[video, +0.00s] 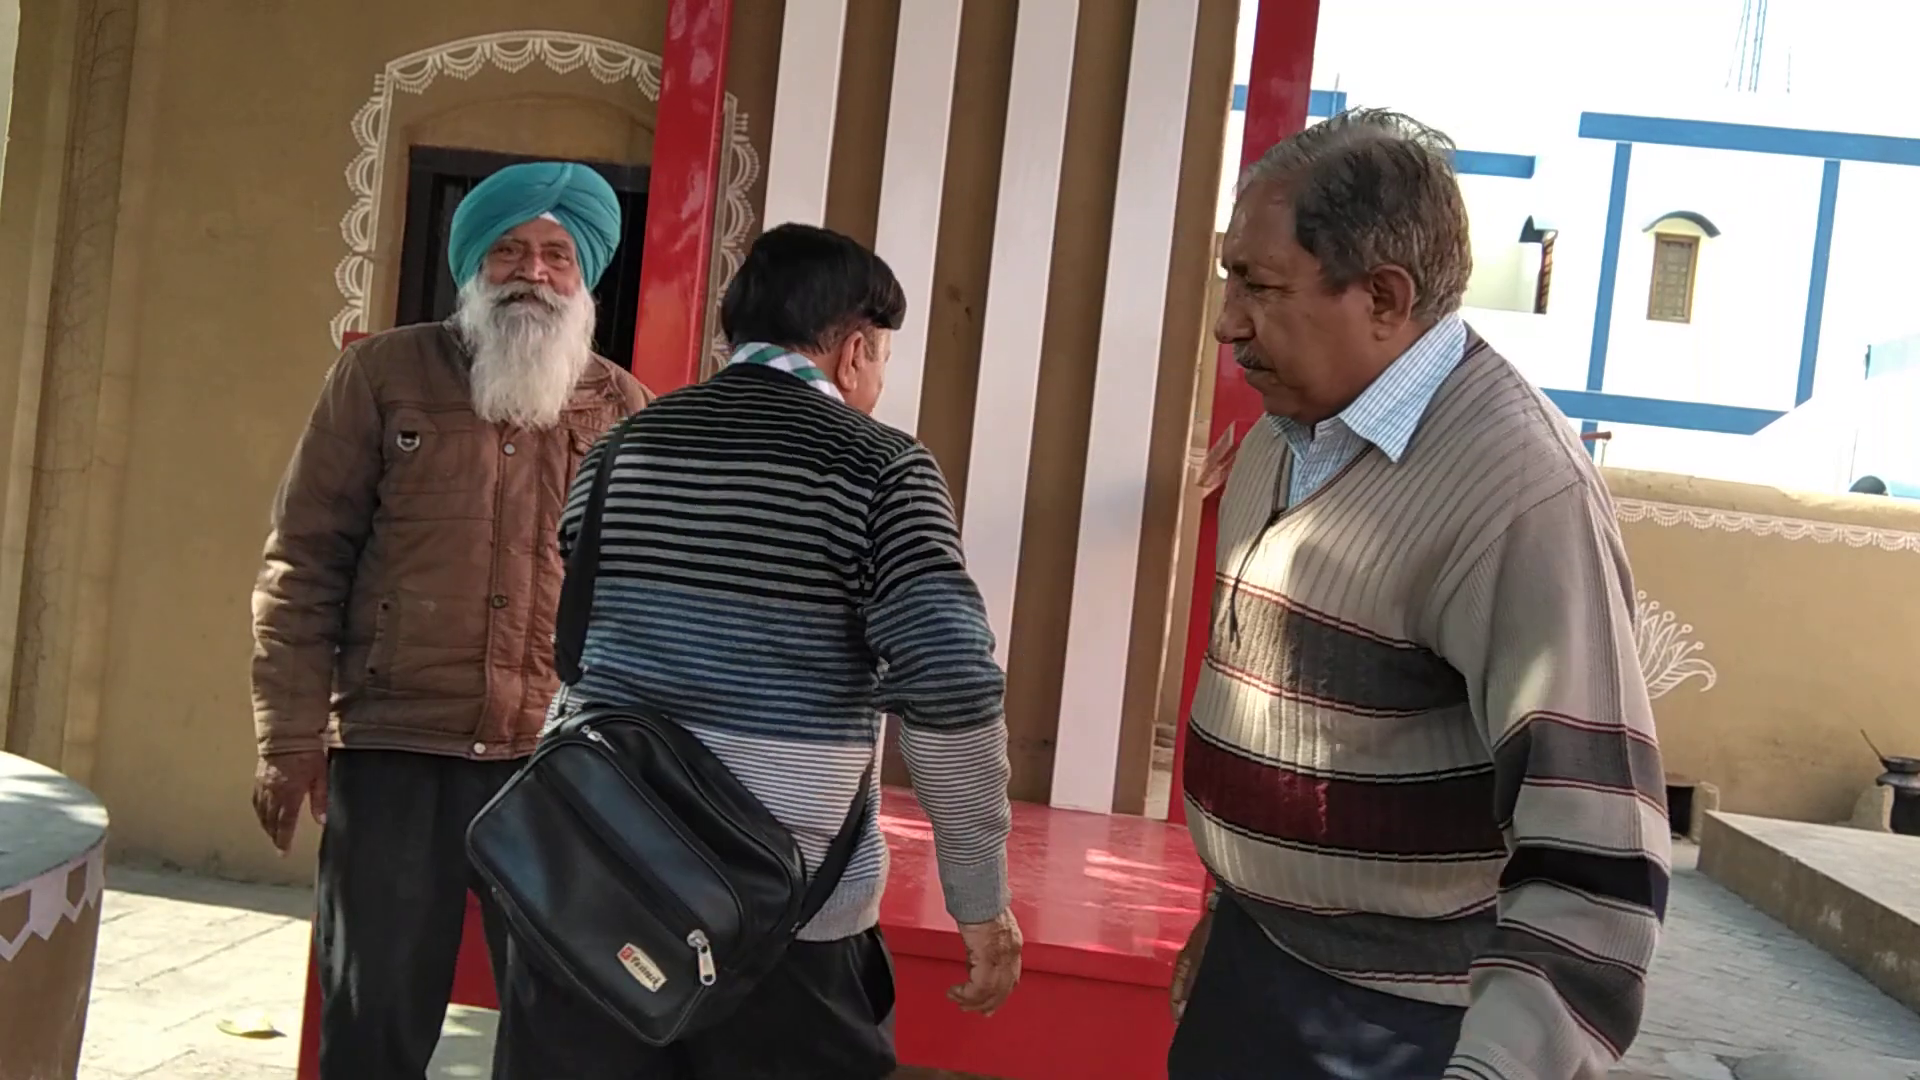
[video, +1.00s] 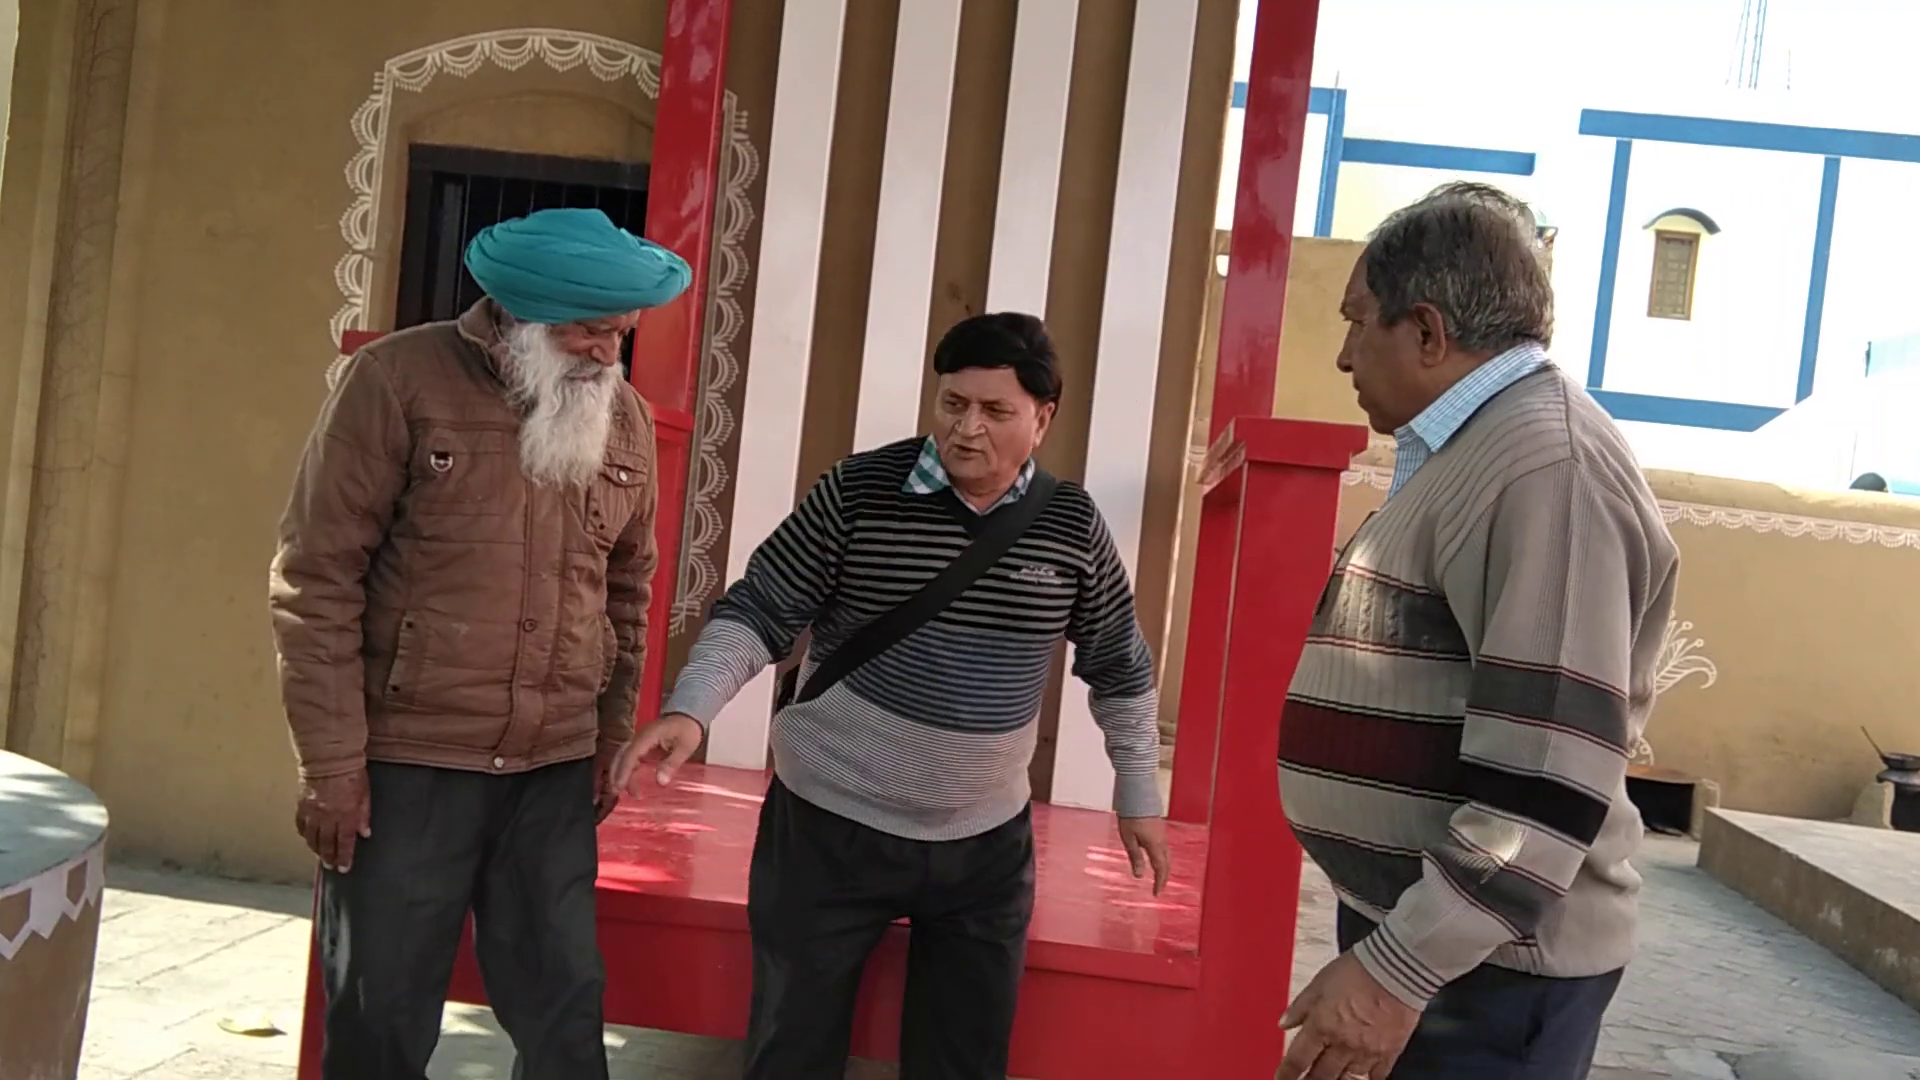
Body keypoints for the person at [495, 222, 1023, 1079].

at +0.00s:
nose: (885, 381)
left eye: (889, 359)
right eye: (887, 359)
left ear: (740, 334)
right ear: (856, 351)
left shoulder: (626, 440)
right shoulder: (880, 464)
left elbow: (575, 648)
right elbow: (949, 688)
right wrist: (980, 896)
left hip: (596, 869)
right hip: (785, 902)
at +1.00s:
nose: (969, 427)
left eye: (995, 409)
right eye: (954, 404)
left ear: (1043, 418)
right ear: (932, 401)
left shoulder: (1070, 525)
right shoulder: (859, 490)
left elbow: (1118, 664)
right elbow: (763, 605)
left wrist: (1138, 794)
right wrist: (689, 707)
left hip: (982, 841)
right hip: (827, 826)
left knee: (964, 1065)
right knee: (792, 1058)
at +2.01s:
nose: (920, 518)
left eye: (943, 503)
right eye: (906, 499)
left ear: (982, 512)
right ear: (884, 500)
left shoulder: (1025, 608)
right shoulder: (820, 582)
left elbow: (1120, 715)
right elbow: (708, 651)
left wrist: (1182, 819)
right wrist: (601, 679)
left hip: (967, 850)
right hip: (817, 837)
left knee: (996, 1014)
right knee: (758, 1004)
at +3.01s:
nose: (893, 509)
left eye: (916, 497)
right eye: (890, 493)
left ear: (974, 516)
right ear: (881, 499)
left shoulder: (1028, 611)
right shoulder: (829, 587)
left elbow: (1101, 703)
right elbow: (734, 653)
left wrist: (1135, 766)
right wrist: (648, 684)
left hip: (960, 849)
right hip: (815, 836)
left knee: (1003, 1003)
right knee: (743, 1001)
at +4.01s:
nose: (923, 517)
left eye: (944, 502)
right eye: (908, 498)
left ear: (975, 512)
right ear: (880, 503)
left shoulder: (1014, 609)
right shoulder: (813, 588)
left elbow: (1093, 707)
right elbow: (711, 651)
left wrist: (1137, 787)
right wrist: (626, 681)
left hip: (958, 851)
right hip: (812, 841)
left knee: (998, 1019)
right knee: (746, 1009)